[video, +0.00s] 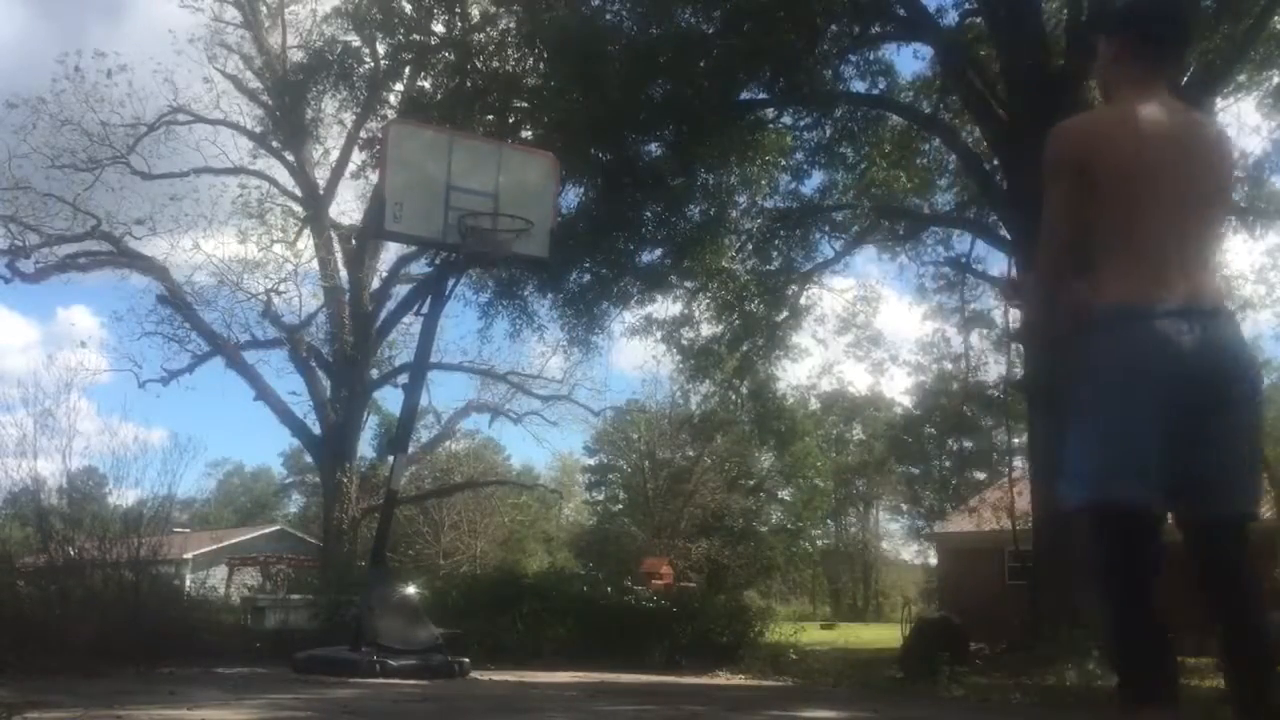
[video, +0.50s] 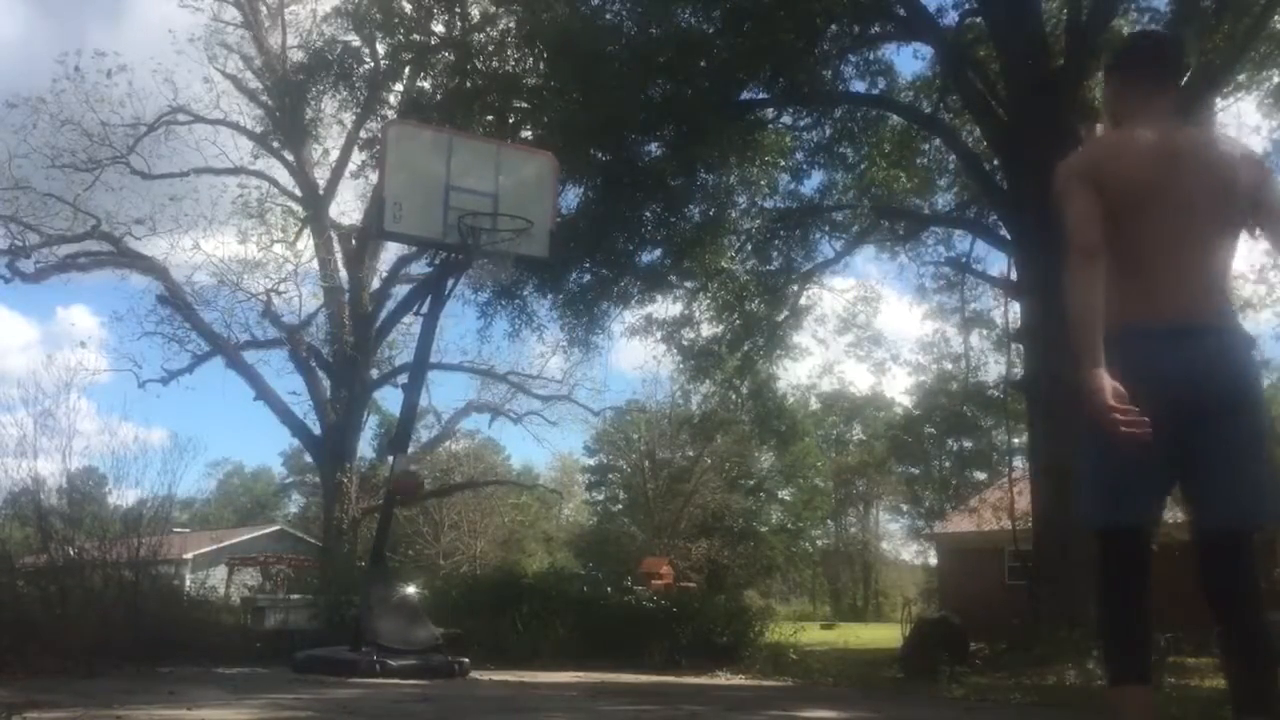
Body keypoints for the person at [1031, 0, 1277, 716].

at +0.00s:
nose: (1094, 63)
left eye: (1097, 50)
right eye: (1097, 52)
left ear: (1116, 51)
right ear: (1177, 55)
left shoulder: (1077, 137)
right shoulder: (1215, 141)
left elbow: (1053, 261)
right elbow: (1198, 238)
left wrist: (1044, 331)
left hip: (1122, 347)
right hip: (1215, 341)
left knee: (1124, 547)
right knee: (1226, 544)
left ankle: (1149, 700)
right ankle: (1256, 702)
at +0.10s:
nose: (1112, 68)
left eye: (1116, 56)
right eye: (1117, 56)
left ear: (1127, 56)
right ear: (1188, 60)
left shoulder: (1091, 144)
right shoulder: (1233, 147)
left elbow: (1072, 269)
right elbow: (1225, 247)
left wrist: (1061, 348)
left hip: (1139, 350)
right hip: (1233, 345)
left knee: (1119, 539)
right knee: (1243, 543)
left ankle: (1137, 696)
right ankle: (1258, 701)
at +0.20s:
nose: (1121, 73)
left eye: (1124, 62)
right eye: (1124, 63)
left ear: (1136, 62)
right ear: (1196, 64)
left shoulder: (1098, 145)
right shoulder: (1247, 146)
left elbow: (1083, 283)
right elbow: (1246, 270)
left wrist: (1071, 404)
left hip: (1141, 359)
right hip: (1240, 356)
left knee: (1127, 557)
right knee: (1247, 559)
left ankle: (1141, 702)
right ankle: (1260, 705)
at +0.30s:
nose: (1124, 80)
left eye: (1127, 68)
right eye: (1130, 69)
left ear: (1136, 68)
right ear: (1197, 70)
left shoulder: (1097, 152)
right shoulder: (1243, 150)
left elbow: (1091, 284)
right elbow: (1268, 280)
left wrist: (1082, 404)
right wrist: (1269, 365)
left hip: (1140, 358)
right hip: (1236, 353)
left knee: (1140, 548)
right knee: (1244, 549)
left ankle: (1145, 701)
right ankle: (1260, 702)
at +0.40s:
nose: (1123, 89)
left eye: (1126, 78)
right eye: (1128, 79)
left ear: (1131, 77)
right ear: (1196, 79)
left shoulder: (1092, 158)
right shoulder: (1238, 156)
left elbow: (1089, 274)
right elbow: (1271, 228)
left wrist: (1090, 382)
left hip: (1135, 364)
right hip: (1228, 359)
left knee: (1141, 550)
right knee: (1239, 549)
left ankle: (1145, 700)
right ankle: (1256, 700)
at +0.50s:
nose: (1110, 99)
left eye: (1111, 88)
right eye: (1114, 88)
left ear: (1116, 88)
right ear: (1178, 86)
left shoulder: (1087, 162)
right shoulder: (1232, 159)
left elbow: (1086, 258)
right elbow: (1278, 230)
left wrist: (1094, 365)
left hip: (1128, 361)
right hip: (1219, 359)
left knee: (1122, 547)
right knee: (1231, 546)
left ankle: (1130, 696)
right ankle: (1255, 699)